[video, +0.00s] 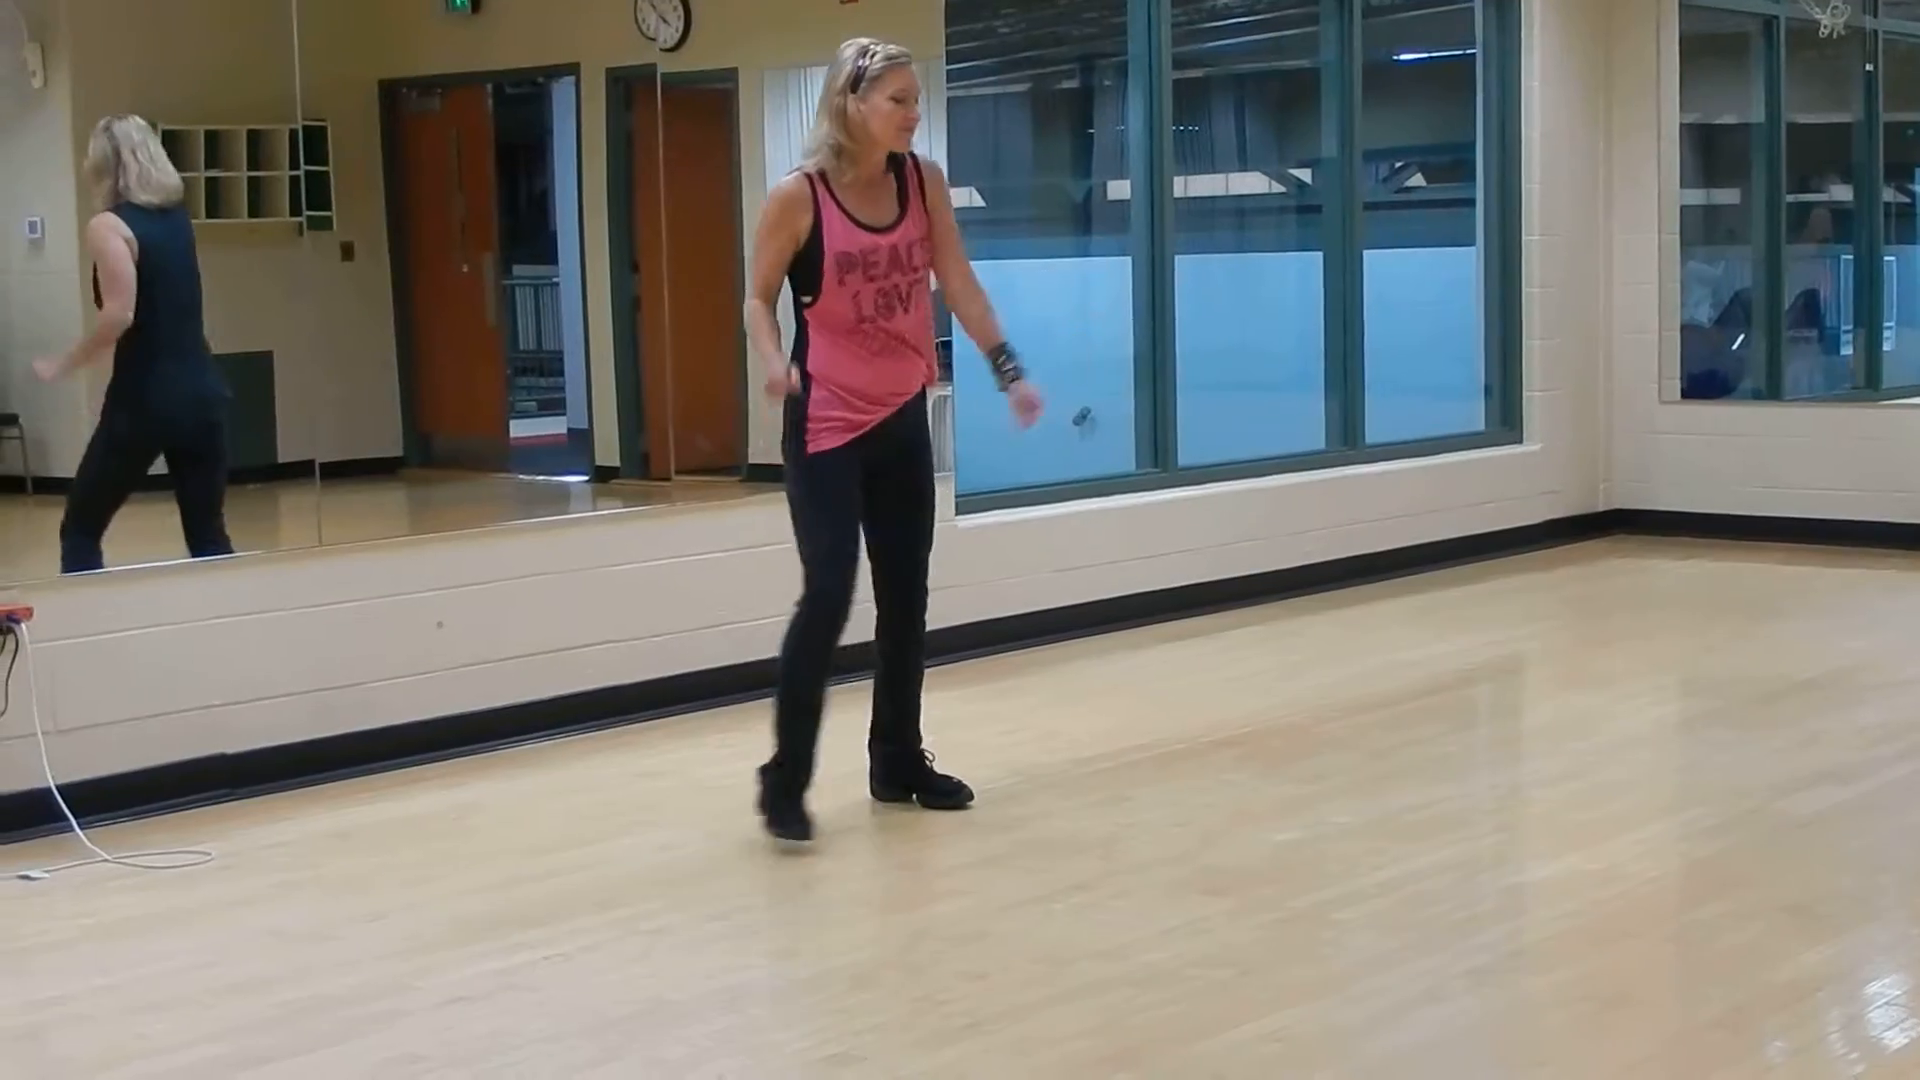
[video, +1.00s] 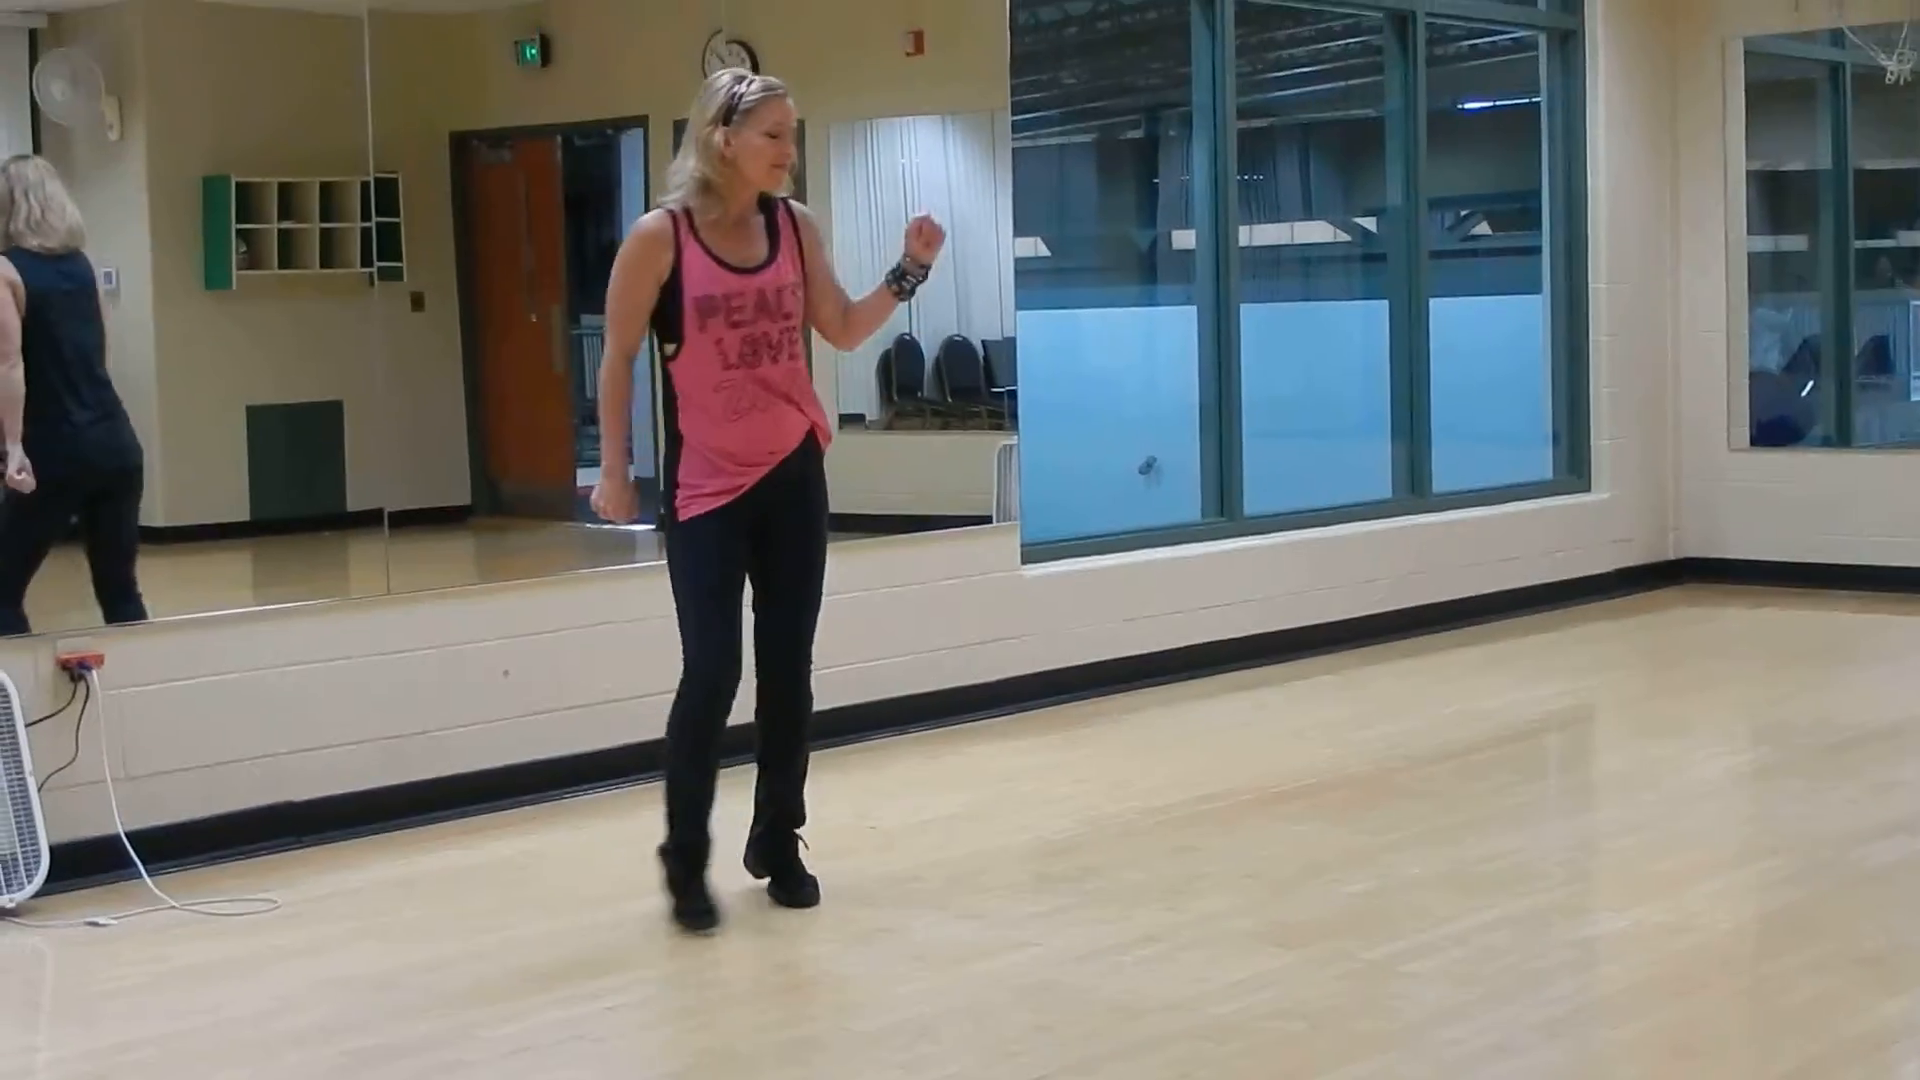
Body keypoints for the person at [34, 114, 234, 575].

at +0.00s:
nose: (89, 172)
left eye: (93, 162)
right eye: (90, 162)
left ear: (108, 166)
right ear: (152, 159)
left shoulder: (109, 226)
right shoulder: (177, 219)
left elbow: (119, 314)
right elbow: (183, 307)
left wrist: (64, 363)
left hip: (144, 401)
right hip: (199, 395)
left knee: (79, 532)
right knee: (208, 534)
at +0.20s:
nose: (61, 177)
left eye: (65, 167)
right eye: (63, 166)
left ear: (77, 172)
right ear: (127, 168)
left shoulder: (79, 231)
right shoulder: (154, 232)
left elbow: (49, 316)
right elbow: (183, 311)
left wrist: (4, 316)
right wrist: (203, 382)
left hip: (112, 411)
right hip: (170, 405)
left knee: (67, 539)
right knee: (198, 531)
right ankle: (249, 629)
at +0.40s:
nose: (25, 166)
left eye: (29, 157)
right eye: (28, 157)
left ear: (38, 161)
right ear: (92, 158)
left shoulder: (25, 221)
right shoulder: (116, 224)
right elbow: (164, 296)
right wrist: (158, 372)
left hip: (56, 404)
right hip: (118, 400)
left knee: (26, 544)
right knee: (132, 527)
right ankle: (202, 603)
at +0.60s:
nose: (11, 176)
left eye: (15, 167)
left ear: (20, 173)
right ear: (78, 167)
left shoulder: (13, 237)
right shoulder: (110, 231)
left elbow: (6, 314)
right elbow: (153, 307)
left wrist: (17, 337)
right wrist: (125, 365)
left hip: (32, 408)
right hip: (97, 409)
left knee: (24, 542)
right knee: (52, 534)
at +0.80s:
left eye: (14, 174)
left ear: (19, 180)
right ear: (78, 175)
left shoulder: (13, 246)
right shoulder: (106, 241)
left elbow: (5, 340)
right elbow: (131, 324)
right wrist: (77, 319)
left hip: (32, 424)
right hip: (97, 418)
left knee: (31, 557)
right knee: (65, 551)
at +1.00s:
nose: (0, 210)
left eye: (3, 199)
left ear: (8, 204)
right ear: (58, 202)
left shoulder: (9, 271)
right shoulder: (81, 265)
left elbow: (11, 362)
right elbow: (98, 352)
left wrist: (13, 445)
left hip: (50, 459)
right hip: (115, 449)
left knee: (5, 596)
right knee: (120, 591)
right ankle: (157, 702)